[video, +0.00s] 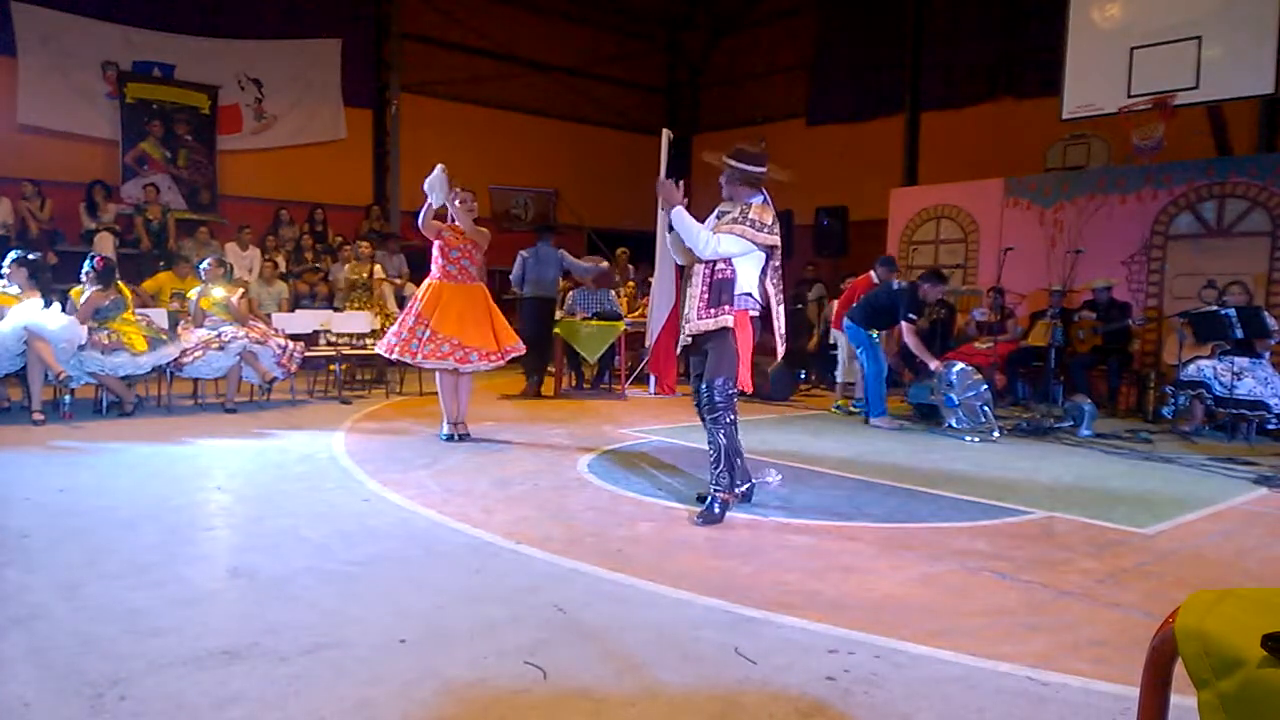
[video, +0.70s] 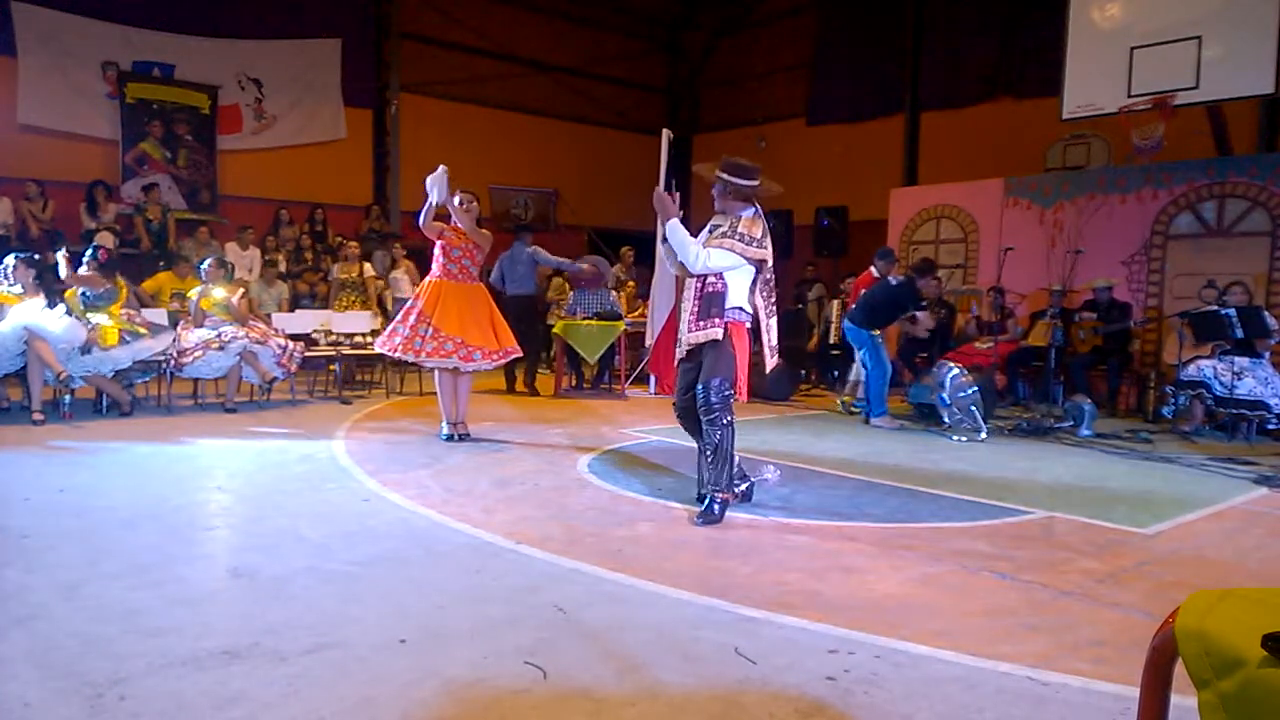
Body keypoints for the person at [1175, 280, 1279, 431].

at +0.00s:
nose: (1235, 297)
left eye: (1240, 293)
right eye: (1231, 294)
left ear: (1248, 297)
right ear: (1223, 298)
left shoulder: (1258, 315)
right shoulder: (1215, 316)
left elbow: (1265, 346)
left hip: (1254, 364)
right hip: (1222, 362)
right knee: (1197, 368)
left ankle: (1243, 424)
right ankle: (1197, 419)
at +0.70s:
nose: (1238, 297)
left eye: (1243, 293)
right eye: (1233, 293)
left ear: (1249, 297)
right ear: (1224, 299)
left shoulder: (1259, 315)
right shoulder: (1216, 316)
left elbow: (1265, 347)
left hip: (1254, 364)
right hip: (1222, 362)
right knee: (1196, 368)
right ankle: (1197, 419)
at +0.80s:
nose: (1238, 297)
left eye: (1242, 293)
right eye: (1233, 293)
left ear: (1249, 297)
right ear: (1224, 299)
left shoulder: (1259, 315)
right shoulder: (1218, 315)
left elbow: (1264, 347)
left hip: (1254, 364)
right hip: (1223, 363)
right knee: (1197, 368)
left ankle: (1244, 426)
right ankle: (1197, 419)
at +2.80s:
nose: (1226, 296)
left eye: (1231, 293)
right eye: (1225, 293)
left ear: (1245, 297)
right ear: (1222, 296)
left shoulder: (1258, 315)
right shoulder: (1220, 315)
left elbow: (1265, 345)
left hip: (1253, 364)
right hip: (1224, 363)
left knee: (1245, 381)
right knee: (1199, 368)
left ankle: (1241, 426)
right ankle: (1196, 421)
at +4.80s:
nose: (1227, 296)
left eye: (1233, 292)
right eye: (1225, 293)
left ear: (1246, 297)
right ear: (1222, 296)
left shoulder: (1257, 314)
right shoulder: (1218, 315)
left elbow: (1264, 345)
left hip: (1252, 364)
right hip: (1222, 363)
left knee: (1247, 381)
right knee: (1198, 368)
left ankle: (1243, 425)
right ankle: (1195, 419)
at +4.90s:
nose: (1227, 296)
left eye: (1232, 292)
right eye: (1225, 293)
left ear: (1246, 297)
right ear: (1223, 296)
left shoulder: (1257, 314)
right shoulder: (1219, 315)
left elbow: (1265, 345)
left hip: (1253, 365)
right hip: (1223, 363)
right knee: (1198, 368)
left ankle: (1243, 425)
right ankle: (1195, 419)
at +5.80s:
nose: (1239, 297)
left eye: (1243, 293)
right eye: (1234, 293)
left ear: (1249, 297)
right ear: (1226, 297)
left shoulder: (1258, 314)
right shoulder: (1218, 314)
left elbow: (1265, 345)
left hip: (1253, 363)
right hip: (1223, 362)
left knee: (1247, 381)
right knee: (1198, 368)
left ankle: (1243, 426)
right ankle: (1196, 419)